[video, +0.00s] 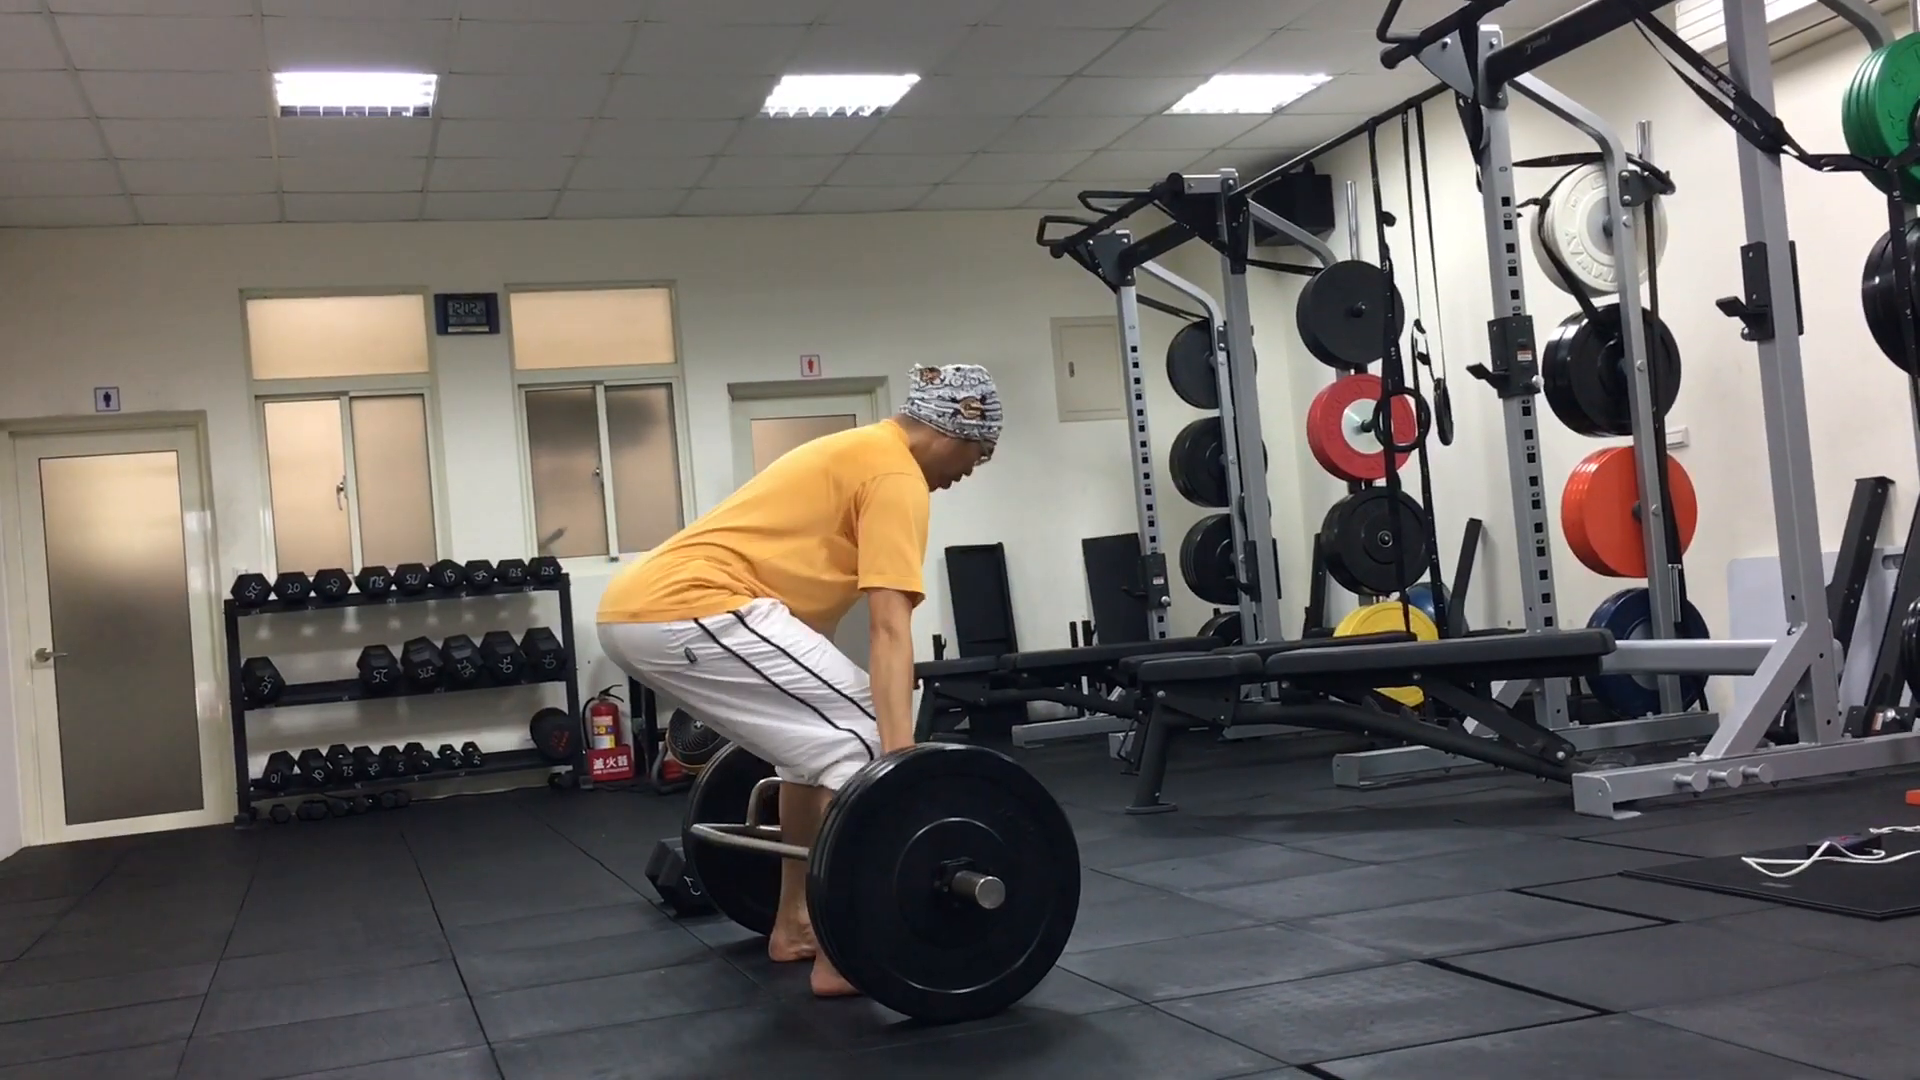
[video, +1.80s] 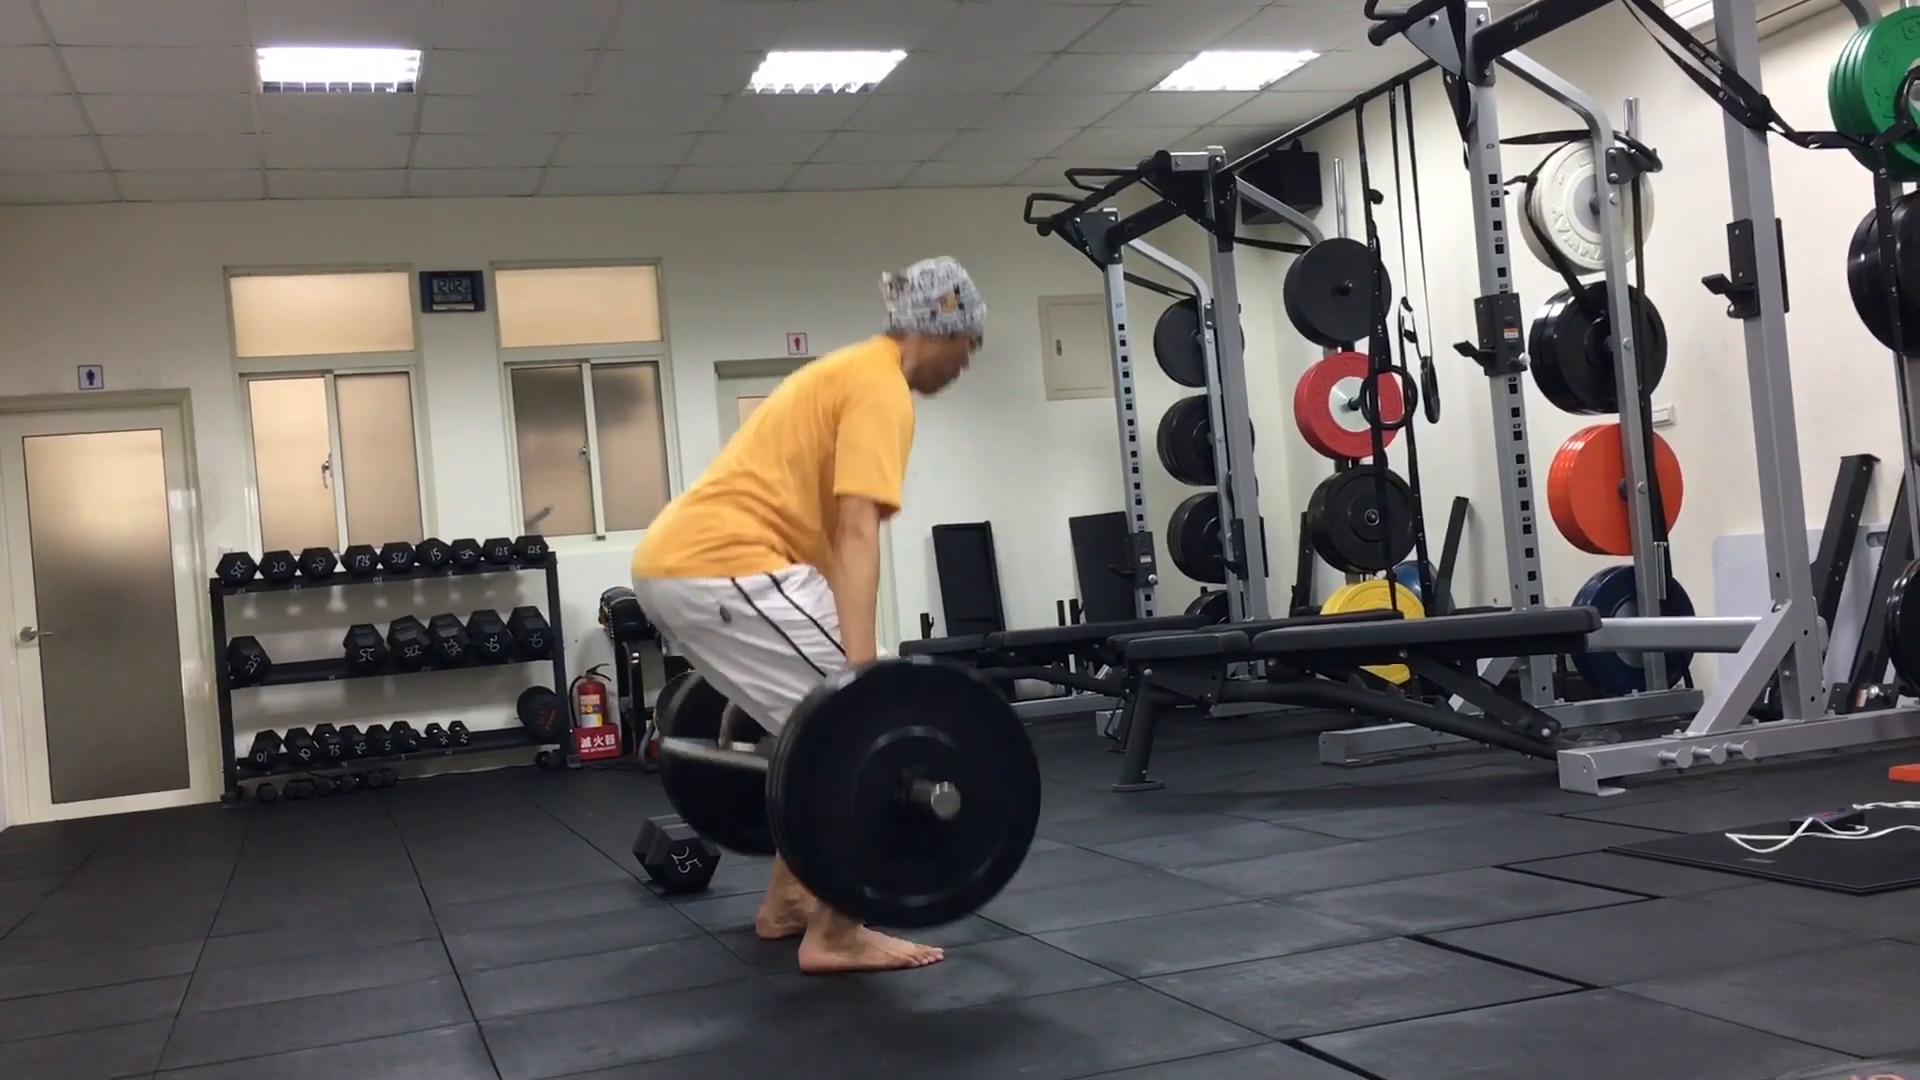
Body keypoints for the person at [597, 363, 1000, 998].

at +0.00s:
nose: (970, 473)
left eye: (979, 460)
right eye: (976, 455)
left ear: (920, 419)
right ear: (949, 430)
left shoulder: (856, 453)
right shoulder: (894, 474)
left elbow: (798, 609)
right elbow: (889, 625)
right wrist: (901, 755)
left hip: (641, 610)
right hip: (697, 609)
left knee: (813, 739)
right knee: (870, 733)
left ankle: (795, 924)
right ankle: (849, 955)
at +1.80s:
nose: (963, 365)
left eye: (970, 351)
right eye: (966, 346)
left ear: (909, 328)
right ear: (936, 330)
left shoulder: (845, 372)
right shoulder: (879, 383)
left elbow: (828, 531)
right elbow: (856, 532)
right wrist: (863, 668)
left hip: (677, 562)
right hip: (726, 562)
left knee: (823, 714)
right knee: (855, 717)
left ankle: (788, 899)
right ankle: (836, 931)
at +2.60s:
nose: (872, 185)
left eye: (874, 169)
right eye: (867, 166)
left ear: (801, 159)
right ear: (832, 155)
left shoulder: (759, 232)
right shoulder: (801, 224)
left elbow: (759, 385)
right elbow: (818, 362)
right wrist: (848, 498)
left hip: (751, 505)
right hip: (799, 507)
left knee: (760, 720)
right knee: (812, 720)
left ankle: (779, 917)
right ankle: (827, 945)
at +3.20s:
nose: (953, 382)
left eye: (958, 366)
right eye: (954, 363)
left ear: (892, 346)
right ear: (922, 348)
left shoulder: (830, 400)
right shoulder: (867, 407)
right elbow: (871, 565)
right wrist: (896, 701)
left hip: (697, 614)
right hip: (742, 615)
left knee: (856, 745)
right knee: (891, 748)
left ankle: (800, 932)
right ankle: (849, 965)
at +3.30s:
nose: (957, 406)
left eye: (962, 391)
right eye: (958, 388)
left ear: (898, 372)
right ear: (926, 374)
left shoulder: (835, 425)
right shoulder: (873, 434)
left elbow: (858, 588)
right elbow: (876, 589)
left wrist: (882, 705)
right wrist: (900, 727)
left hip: (700, 637)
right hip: (745, 636)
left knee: (869, 747)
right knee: (914, 747)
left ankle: (805, 930)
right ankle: (853, 962)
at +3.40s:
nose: (963, 422)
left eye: (968, 408)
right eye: (964, 405)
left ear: (903, 390)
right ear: (932, 393)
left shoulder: (842, 442)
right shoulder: (880, 452)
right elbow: (879, 607)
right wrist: (903, 744)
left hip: (700, 653)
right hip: (750, 652)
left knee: (871, 752)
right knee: (936, 752)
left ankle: (806, 930)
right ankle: (851, 965)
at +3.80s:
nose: (987, 443)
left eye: (992, 428)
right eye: (987, 424)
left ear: (928, 409)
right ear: (951, 411)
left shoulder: (862, 457)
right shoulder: (899, 469)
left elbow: (837, 616)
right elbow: (889, 621)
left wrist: (837, 750)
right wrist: (903, 758)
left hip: (709, 653)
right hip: (755, 655)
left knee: (902, 737)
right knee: (948, 745)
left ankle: (810, 932)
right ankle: (858, 962)